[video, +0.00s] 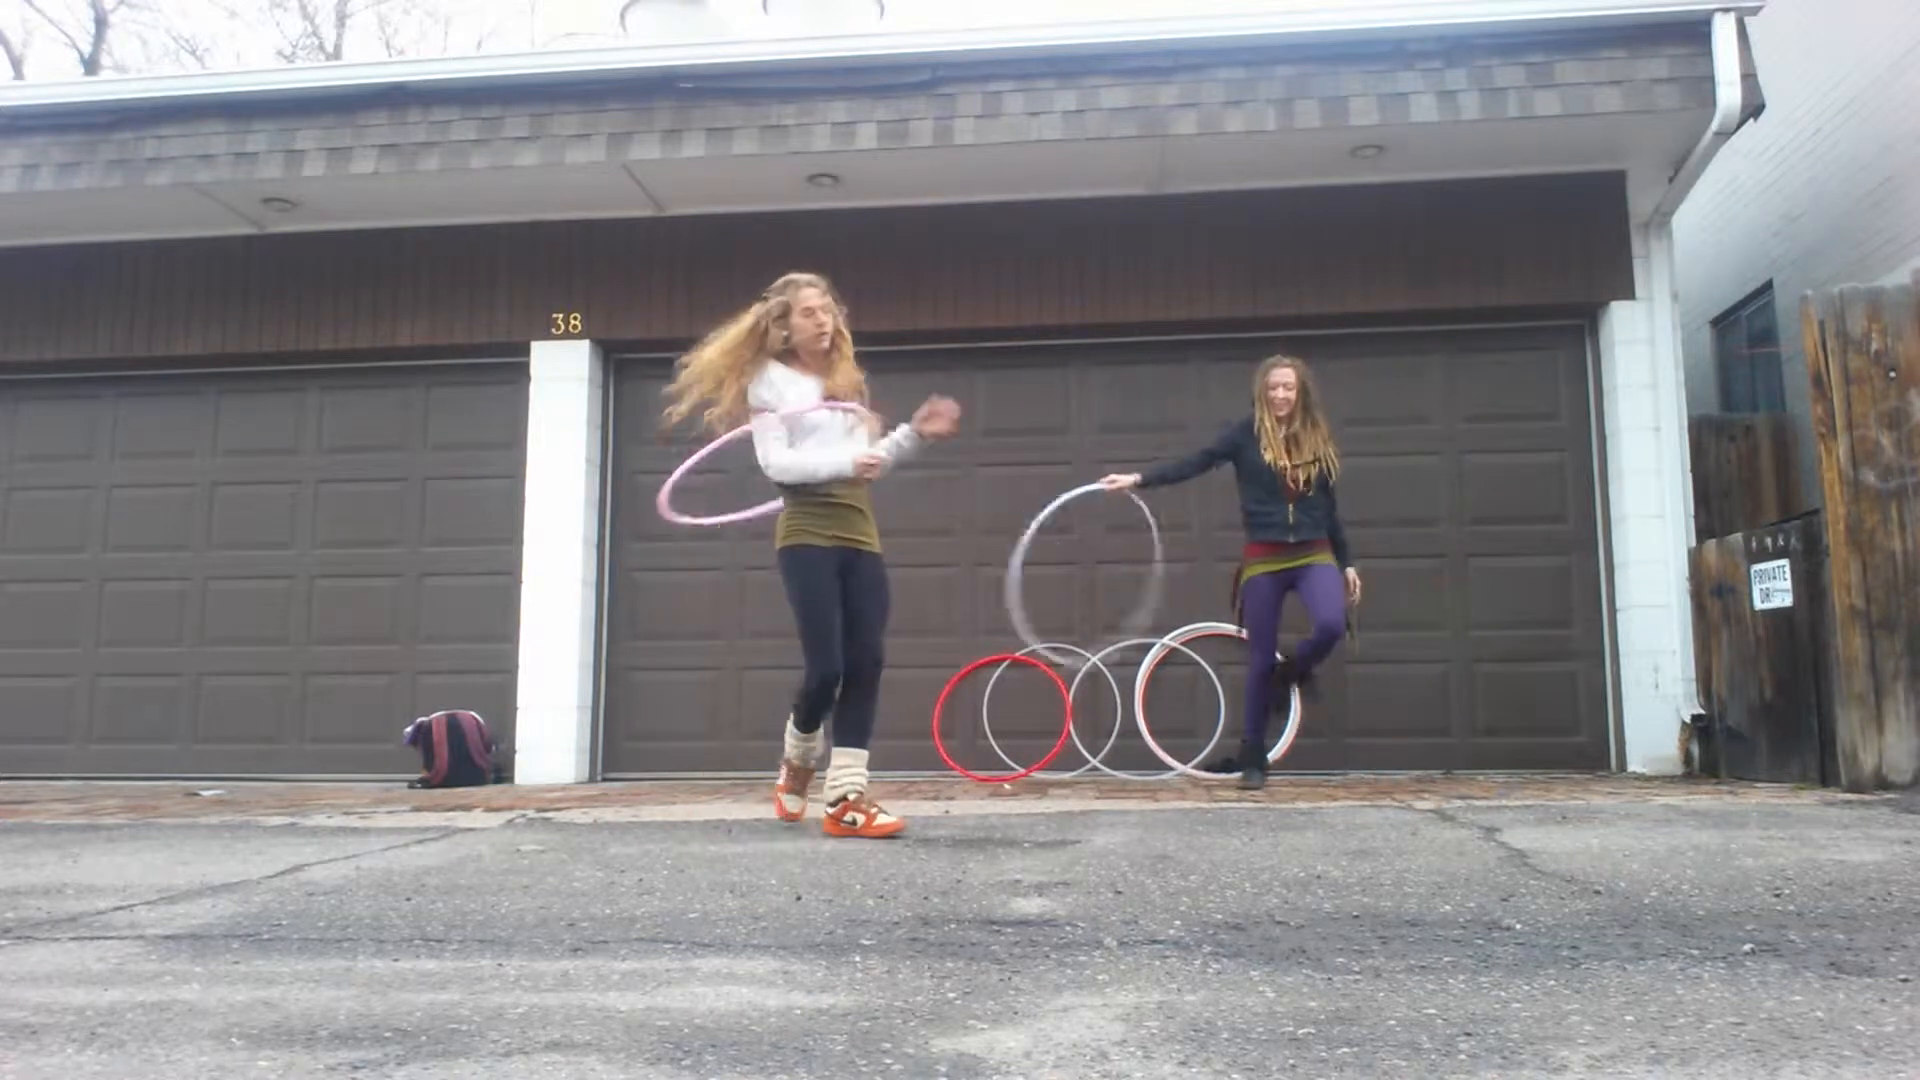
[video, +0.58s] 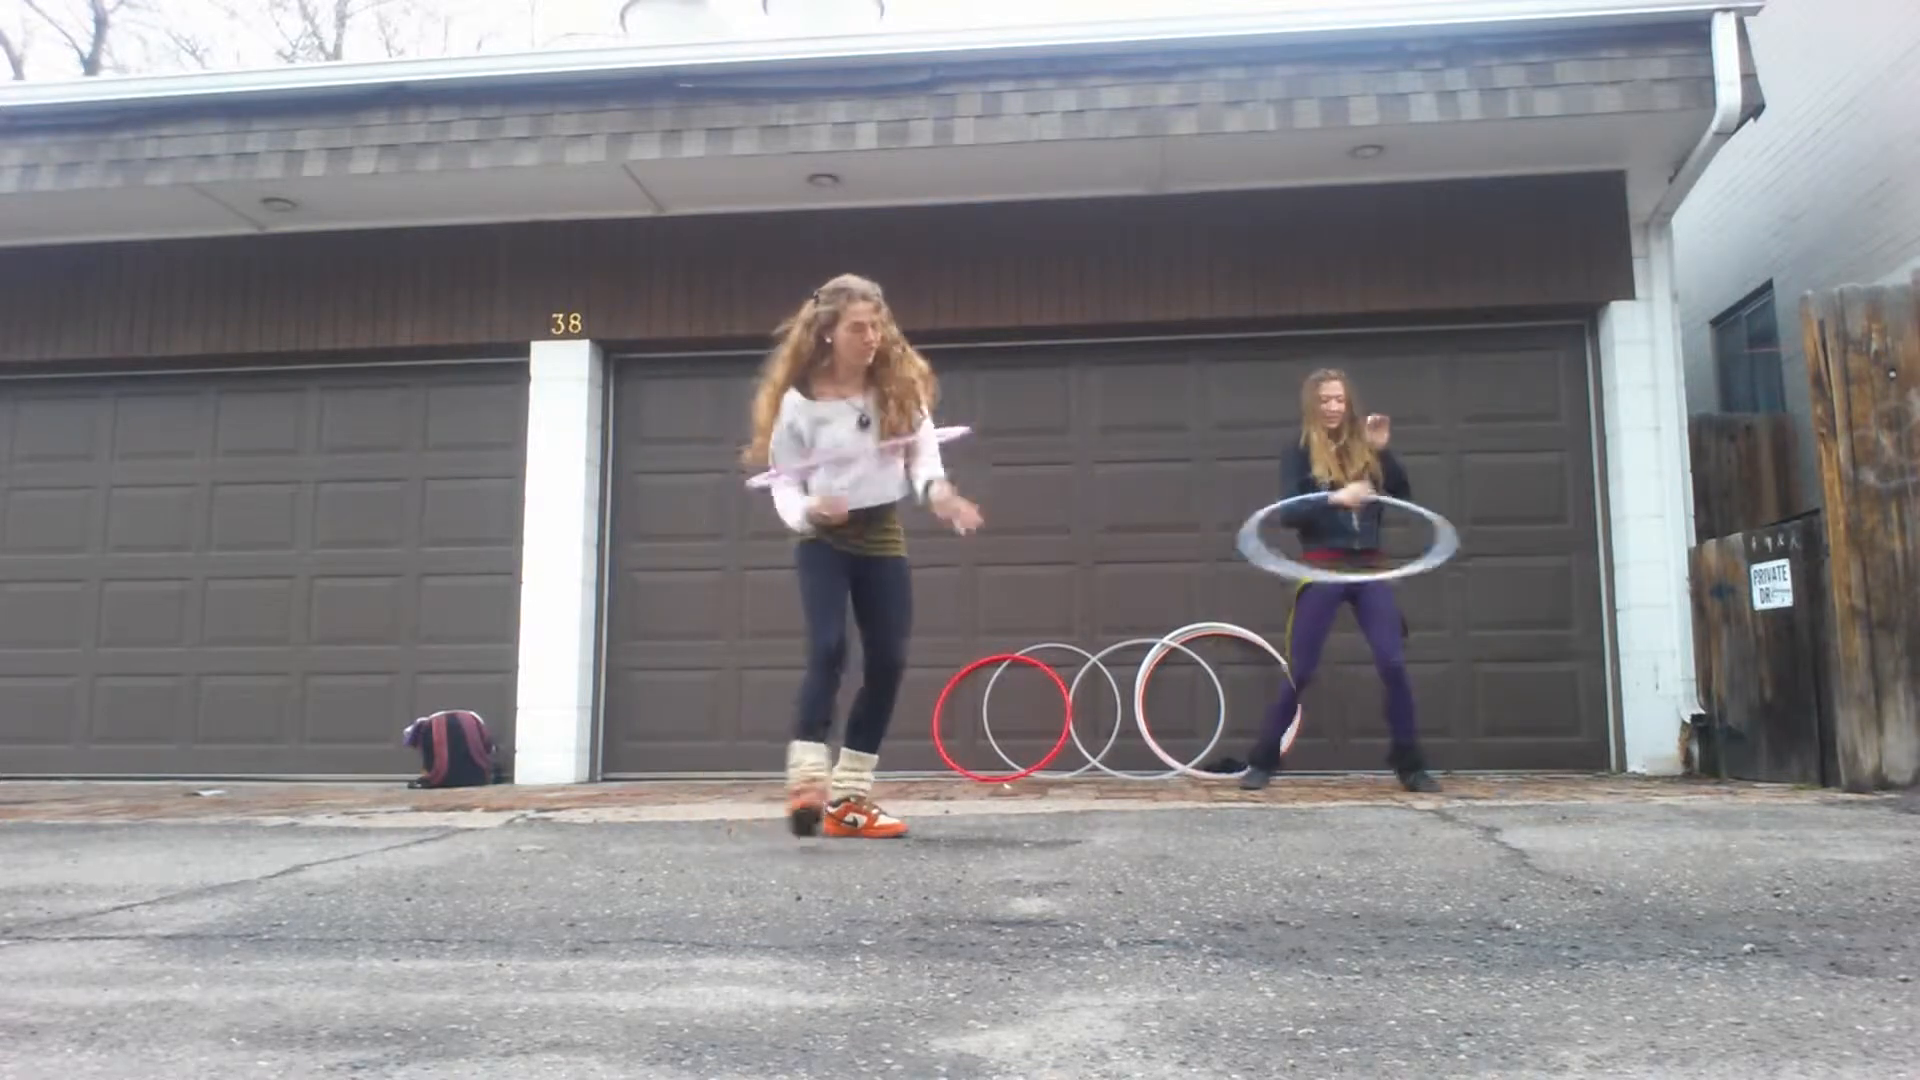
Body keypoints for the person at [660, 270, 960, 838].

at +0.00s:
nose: (822, 320)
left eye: (826, 310)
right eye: (808, 313)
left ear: (836, 318)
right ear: (784, 326)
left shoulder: (847, 382)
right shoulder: (770, 381)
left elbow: (864, 461)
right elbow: (774, 462)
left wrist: (915, 431)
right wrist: (847, 461)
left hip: (859, 531)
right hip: (806, 530)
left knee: (867, 662)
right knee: (828, 669)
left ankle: (846, 797)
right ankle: (799, 760)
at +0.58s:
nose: (871, 337)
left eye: (876, 326)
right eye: (857, 327)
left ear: (884, 331)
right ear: (827, 333)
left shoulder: (900, 391)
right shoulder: (798, 403)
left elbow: (925, 462)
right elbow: (785, 489)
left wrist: (942, 495)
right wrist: (808, 512)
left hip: (882, 538)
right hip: (822, 539)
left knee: (887, 663)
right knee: (829, 650)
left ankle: (850, 796)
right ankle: (807, 785)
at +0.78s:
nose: (897, 359)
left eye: (902, 347)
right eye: (882, 349)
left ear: (910, 345)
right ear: (848, 354)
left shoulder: (925, 396)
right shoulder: (811, 409)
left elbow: (928, 486)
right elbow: (806, 495)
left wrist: (921, 562)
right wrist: (771, 498)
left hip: (900, 547)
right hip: (840, 546)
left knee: (901, 665)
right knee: (875, 651)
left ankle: (850, 797)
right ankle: (902, 779)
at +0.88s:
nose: (924, 361)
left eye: (929, 348)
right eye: (911, 350)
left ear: (935, 349)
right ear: (875, 353)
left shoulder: (938, 402)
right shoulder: (834, 415)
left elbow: (938, 491)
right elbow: (811, 499)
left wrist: (946, 565)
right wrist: (821, 518)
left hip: (902, 542)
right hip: (847, 545)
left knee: (909, 667)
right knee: (897, 663)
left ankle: (851, 794)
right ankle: (909, 797)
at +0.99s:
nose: (961, 345)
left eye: (962, 334)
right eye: (950, 336)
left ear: (950, 339)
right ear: (912, 344)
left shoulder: (945, 398)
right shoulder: (875, 408)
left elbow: (936, 476)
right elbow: (848, 490)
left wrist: (980, 544)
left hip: (880, 539)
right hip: (853, 542)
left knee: (897, 666)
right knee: (918, 662)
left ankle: (849, 800)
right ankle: (922, 810)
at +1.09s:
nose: (987, 328)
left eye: (987, 317)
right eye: (979, 319)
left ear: (944, 323)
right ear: (945, 325)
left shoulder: (912, 381)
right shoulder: (931, 387)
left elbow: (934, 472)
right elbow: (917, 487)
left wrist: (996, 505)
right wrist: (1000, 514)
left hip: (845, 532)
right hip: (872, 535)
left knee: (892, 668)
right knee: (927, 665)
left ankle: (839, 800)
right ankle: (924, 814)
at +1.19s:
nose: (994, 306)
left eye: (993, 296)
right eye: (991, 296)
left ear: (929, 292)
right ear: (975, 300)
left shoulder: (881, 342)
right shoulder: (970, 375)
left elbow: (855, 432)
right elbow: (959, 480)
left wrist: (956, 463)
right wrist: (1004, 515)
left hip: (841, 518)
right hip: (902, 525)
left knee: (880, 654)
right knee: (936, 667)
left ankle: (833, 780)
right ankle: (925, 812)